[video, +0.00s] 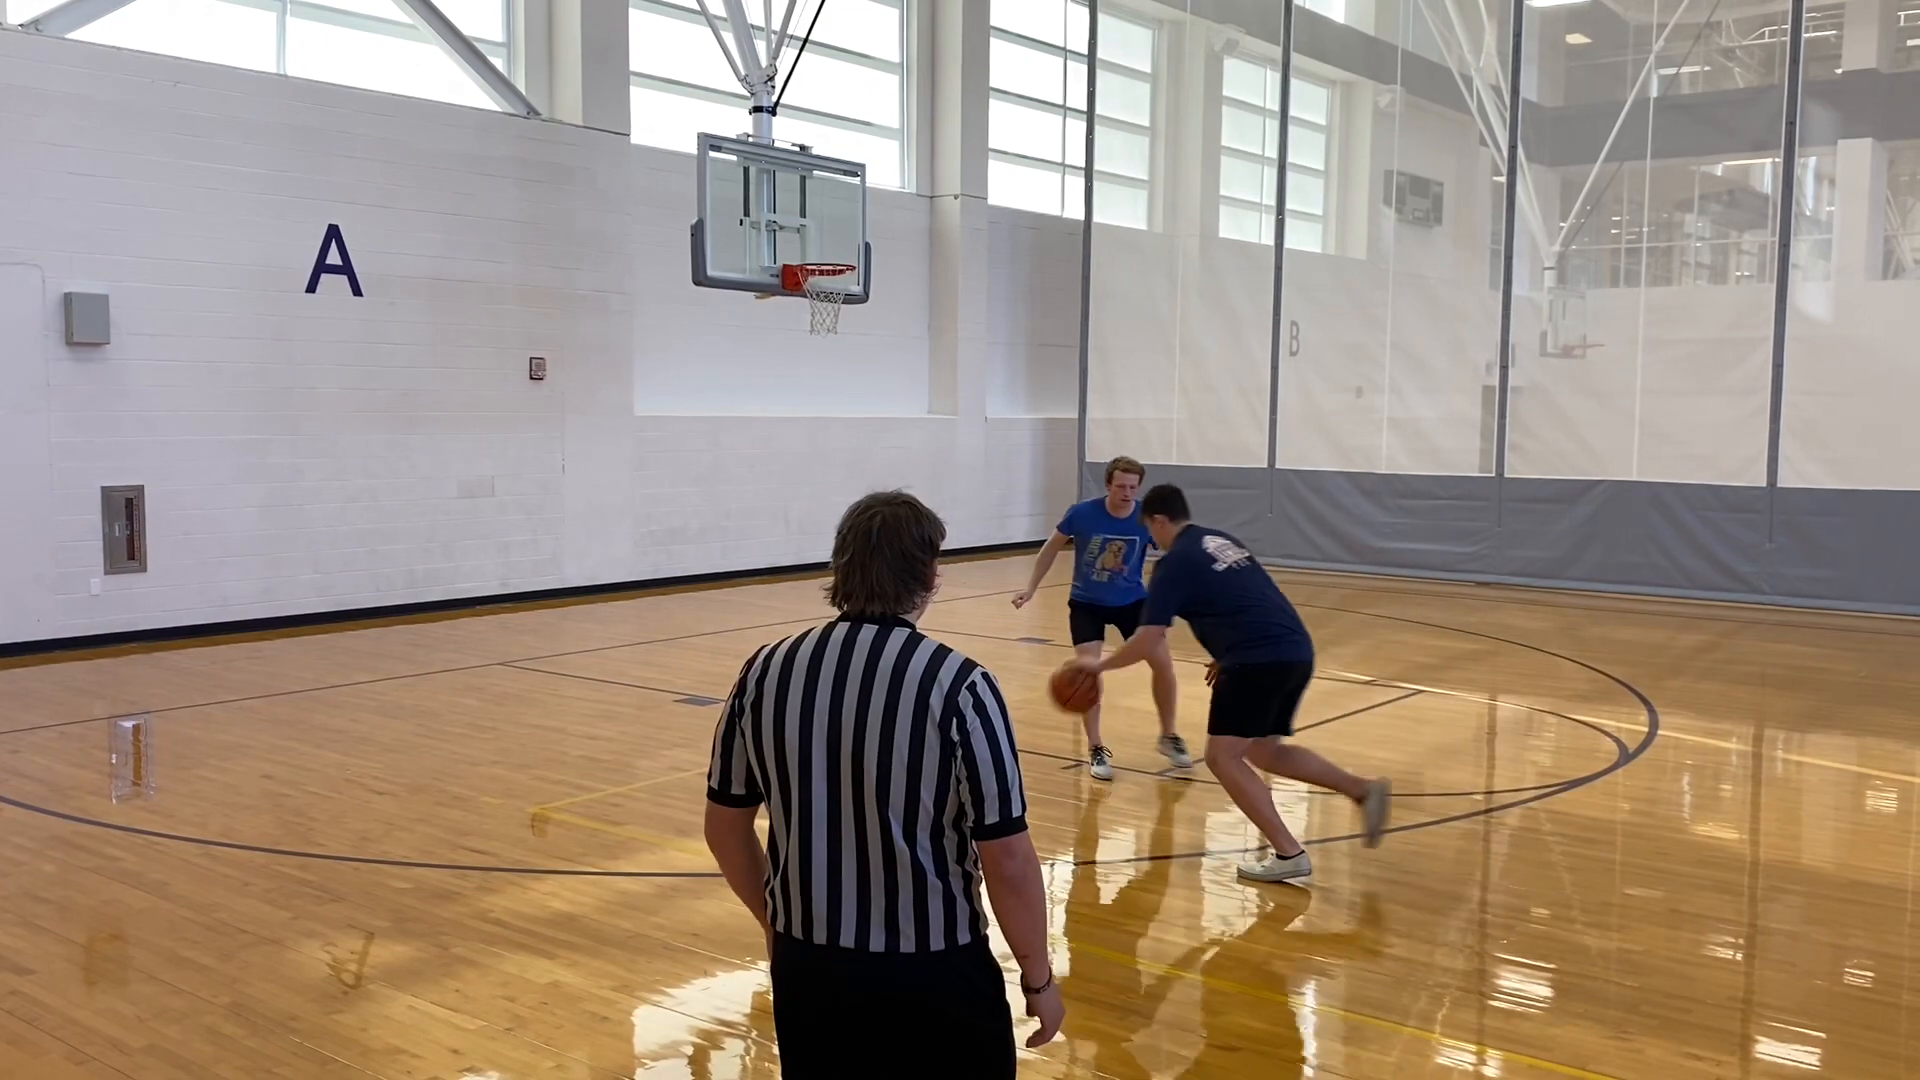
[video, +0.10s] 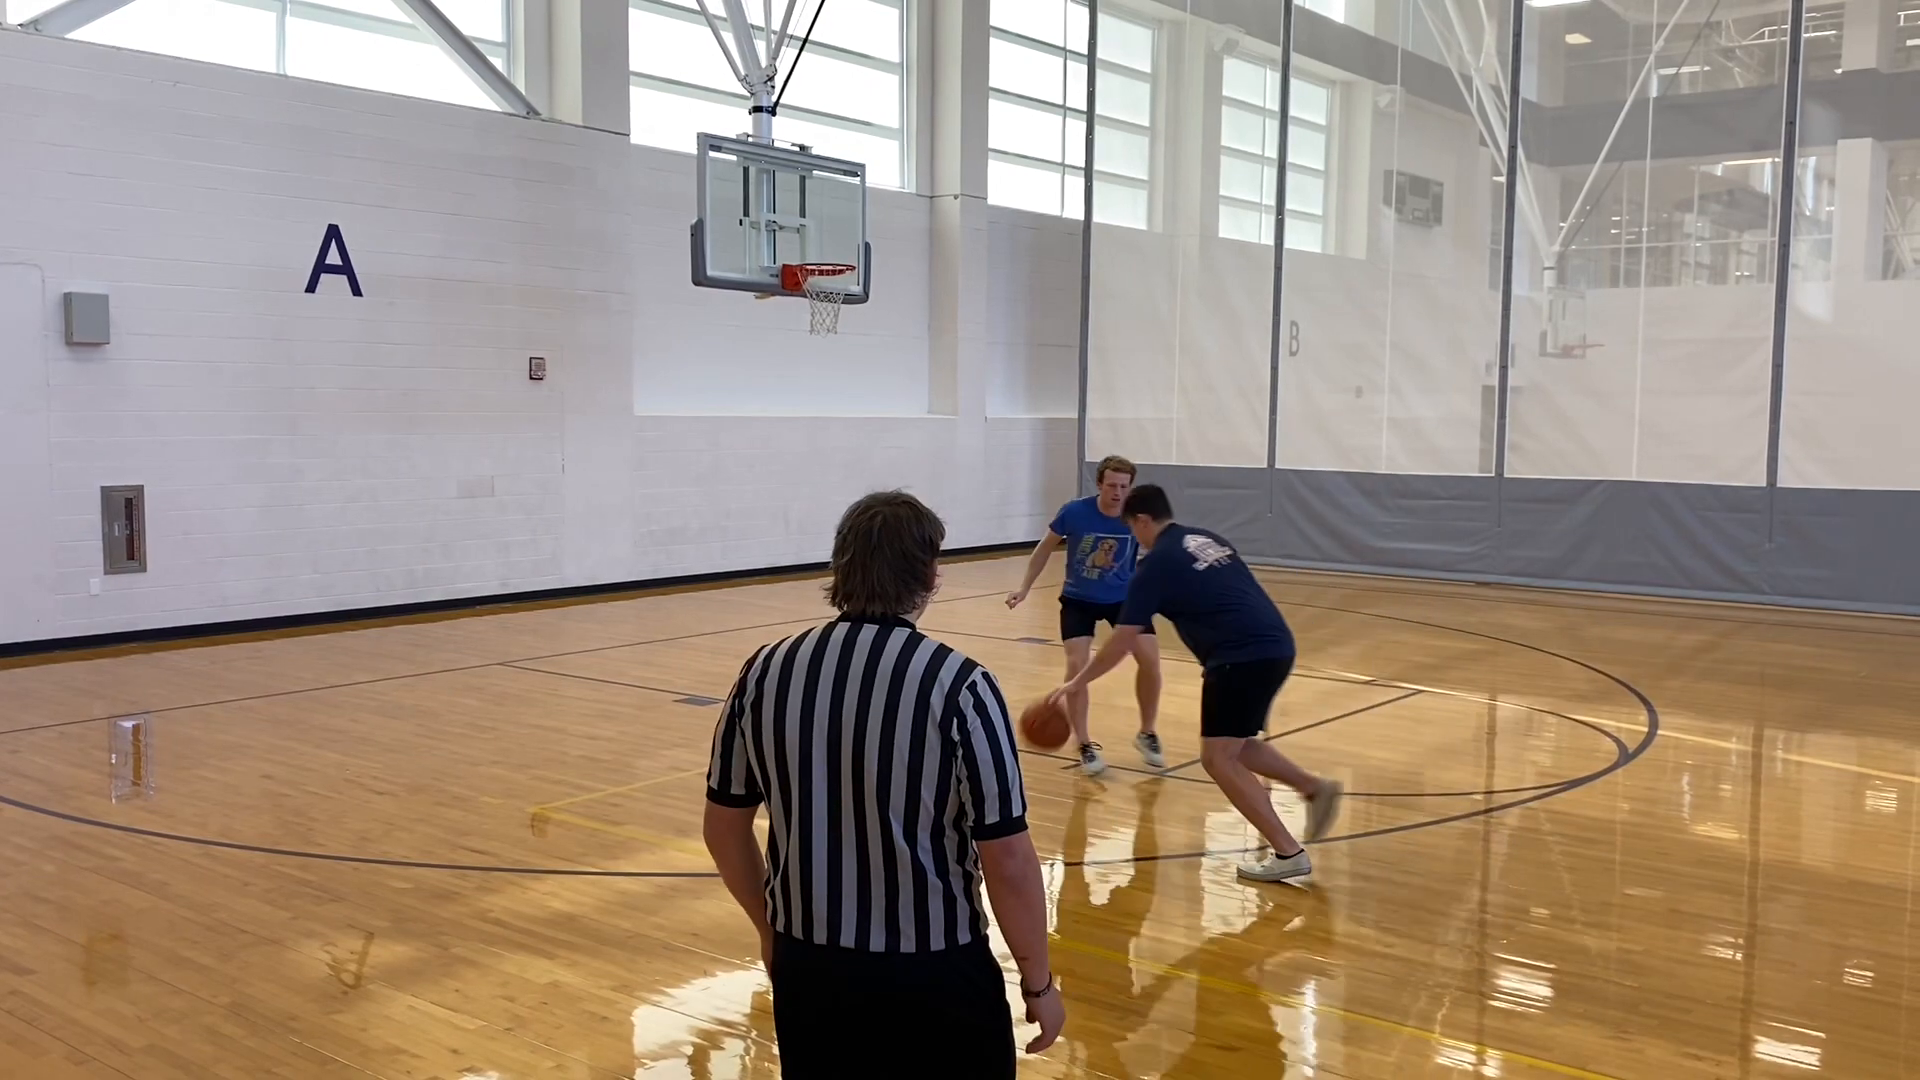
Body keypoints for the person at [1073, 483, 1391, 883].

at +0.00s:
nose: (1151, 534)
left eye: (1150, 526)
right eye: (1150, 526)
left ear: (1158, 521)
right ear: (1184, 514)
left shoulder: (1173, 564)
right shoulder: (1219, 539)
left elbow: (1148, 642)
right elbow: (1251, 599)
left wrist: (1101, 664)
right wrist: (1228, 656)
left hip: (1254, 661)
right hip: (1293, 655)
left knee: (1221, 757)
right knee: (1264, 751)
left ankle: (1290, 855)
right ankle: (1362, 790)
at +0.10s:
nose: (1133, 534)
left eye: (1132, 527)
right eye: (1131, 528)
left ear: (1142, 522)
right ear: (1165, 518)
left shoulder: (1155, 565)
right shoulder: (1201, 537)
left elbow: (1123, 640)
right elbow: (1233, 592)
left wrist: (1078, 682)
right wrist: (1220, 658)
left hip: (1238, 659)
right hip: (1273, 650)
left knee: (1218, 759)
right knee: (1240, 748)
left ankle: (1290, 854)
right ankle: (1315, 788)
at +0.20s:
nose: (1124, 534)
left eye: (1123, 526)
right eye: (1122, 527)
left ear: (1134, 521)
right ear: (1156, 515)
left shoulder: (1146, 563)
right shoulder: (1196, 536)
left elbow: (1112, 638)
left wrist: (1069, 684)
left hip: (1236, 656)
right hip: (1263, 645)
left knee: (1216, 757)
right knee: (1197, 729)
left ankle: (1289, 852)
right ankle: (1290, 790)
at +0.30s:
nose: (1106, 530)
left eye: (1105, 522)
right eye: (1104, 523)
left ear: (1115, 518)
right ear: (1139, 512)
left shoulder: (1126, 561)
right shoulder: (1177, 532)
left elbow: (1094, 632)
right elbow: (1235, 579)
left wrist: (1058, 682)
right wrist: (1208, 624)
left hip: (1220, 652)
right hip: (1241, 640)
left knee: (1214, 757)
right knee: (1164, 717)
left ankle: (1289, 851)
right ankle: (1233, 798)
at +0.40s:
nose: (1089, 526)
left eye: (1087, 519)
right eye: (1088, 519)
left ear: (1096, 514)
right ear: (1121, 505)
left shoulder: (1105, 558)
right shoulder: (1159, 528)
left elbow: (1079, 628)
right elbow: (1219, 573)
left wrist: (1045, 684)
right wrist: (1196, 619)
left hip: (1202, 648)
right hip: (1215, 636)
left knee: (1212, 757)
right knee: (1135, 701)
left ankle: (1286, 846)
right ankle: (1175, 807)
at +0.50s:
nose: (1071, 523)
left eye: (1069, 515)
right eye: (1069, 515)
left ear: (1078, 509)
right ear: (1103, 500)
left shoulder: (1085, 550)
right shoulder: (1141, 524)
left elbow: (1064, 625)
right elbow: (1197, 567)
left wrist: (1029, 684)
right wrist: (1199, 624)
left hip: (1178, 644)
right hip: (1190, 631)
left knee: (1205, 750)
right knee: (1115, 698)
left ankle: (1278, 840)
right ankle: (1120, 811)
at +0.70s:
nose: (1038, 512)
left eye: (1037, 505)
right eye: (1035, 506)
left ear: (1048, 497)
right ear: (1073, 492)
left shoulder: (1054, 535)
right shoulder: (1109, 515)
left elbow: (1044, 607)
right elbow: (1162, 563)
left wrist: (1007, 666)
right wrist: (1163, 619)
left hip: (1131, 635)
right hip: (1152, 626)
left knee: (1169, 734)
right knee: (1079, 702)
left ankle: (1248, 819)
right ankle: (1062, 812)